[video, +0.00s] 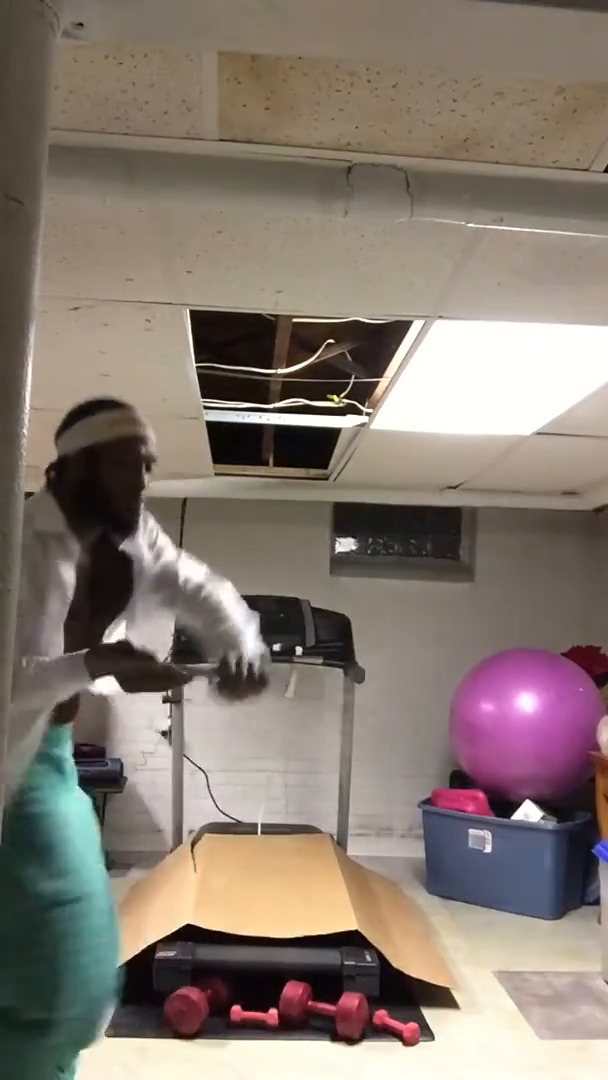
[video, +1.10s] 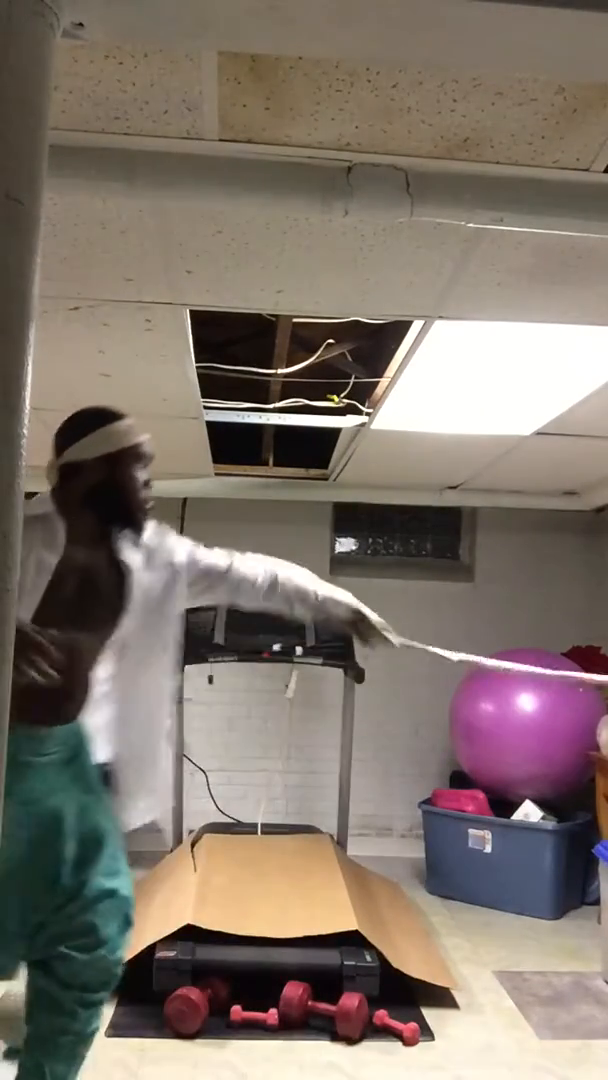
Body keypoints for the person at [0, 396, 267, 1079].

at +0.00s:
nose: (147, 482)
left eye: (149, 467)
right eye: (135, 465)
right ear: (78, 466)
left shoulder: (134, 535)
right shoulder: (20, 538)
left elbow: (199, 587)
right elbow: (11, 686)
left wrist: (242, 638)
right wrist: (98, 663)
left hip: (46, 757)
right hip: (14, 760)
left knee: (75, 979)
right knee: (69, 981)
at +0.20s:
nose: (127, 532)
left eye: (133, 516)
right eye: (114, 514)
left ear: (135, 517)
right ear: (61, 511)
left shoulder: (117, 584)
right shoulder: (14, 589)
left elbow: (127, 709)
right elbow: (28, 747)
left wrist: (108, 780)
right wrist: (44, 665)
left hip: (61, 815)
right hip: (10, 807)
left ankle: (50, 1062)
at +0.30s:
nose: (108, 555)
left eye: (115, 541)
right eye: (97, 539)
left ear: (115, 540)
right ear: (49, 535)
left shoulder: (100, 605)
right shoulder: (20, 605)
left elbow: (75, 715)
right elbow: (7, 734)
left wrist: (46, 802)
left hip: (34, 816)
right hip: (8, 818)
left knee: (37, 969)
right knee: (34, 973)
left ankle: (34, 1062)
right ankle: (29, 1063)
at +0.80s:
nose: (92, 530)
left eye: (96, 517)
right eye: (79, 517)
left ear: (93, 519)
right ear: (36, 520)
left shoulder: (80, 587)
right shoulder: (18, 590)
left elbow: (111, 685)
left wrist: (84, 756)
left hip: (28, 796)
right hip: (6, 798)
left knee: (21, 911)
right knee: (20, 909)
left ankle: (17, 1020)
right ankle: (18, 1012)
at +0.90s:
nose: (108, 513)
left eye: (108, 499)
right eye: (94, 501)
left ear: (95, 504)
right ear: (49, 508)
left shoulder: (93, 572)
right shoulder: (24, 576)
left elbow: (151, 628)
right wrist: (19, 756)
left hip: (38, 798)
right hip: (10, 800)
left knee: (39, 925)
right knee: (38, 925)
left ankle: (22, 1048)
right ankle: (20, 1054)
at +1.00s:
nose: (128, 498)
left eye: (128, 484)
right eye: (113, 485)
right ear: (61, 494)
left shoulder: (122, 568)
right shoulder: (15, 559)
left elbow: (225, 604)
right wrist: (21, 667)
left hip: (49, 780)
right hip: (12, 775)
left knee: (61, 935)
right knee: (46, 935)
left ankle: (32, 1067)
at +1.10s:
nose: (148, 481)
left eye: (147, 468)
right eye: (134, 469)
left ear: (137, 470)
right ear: (89, 478)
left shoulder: (156, 551)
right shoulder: (32, 539)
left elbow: (246, 574)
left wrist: (340, 607)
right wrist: (13, 639)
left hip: (86, 773)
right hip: (21, 766)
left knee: (89, 950)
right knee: (10, 941)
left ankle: (45, 1066)